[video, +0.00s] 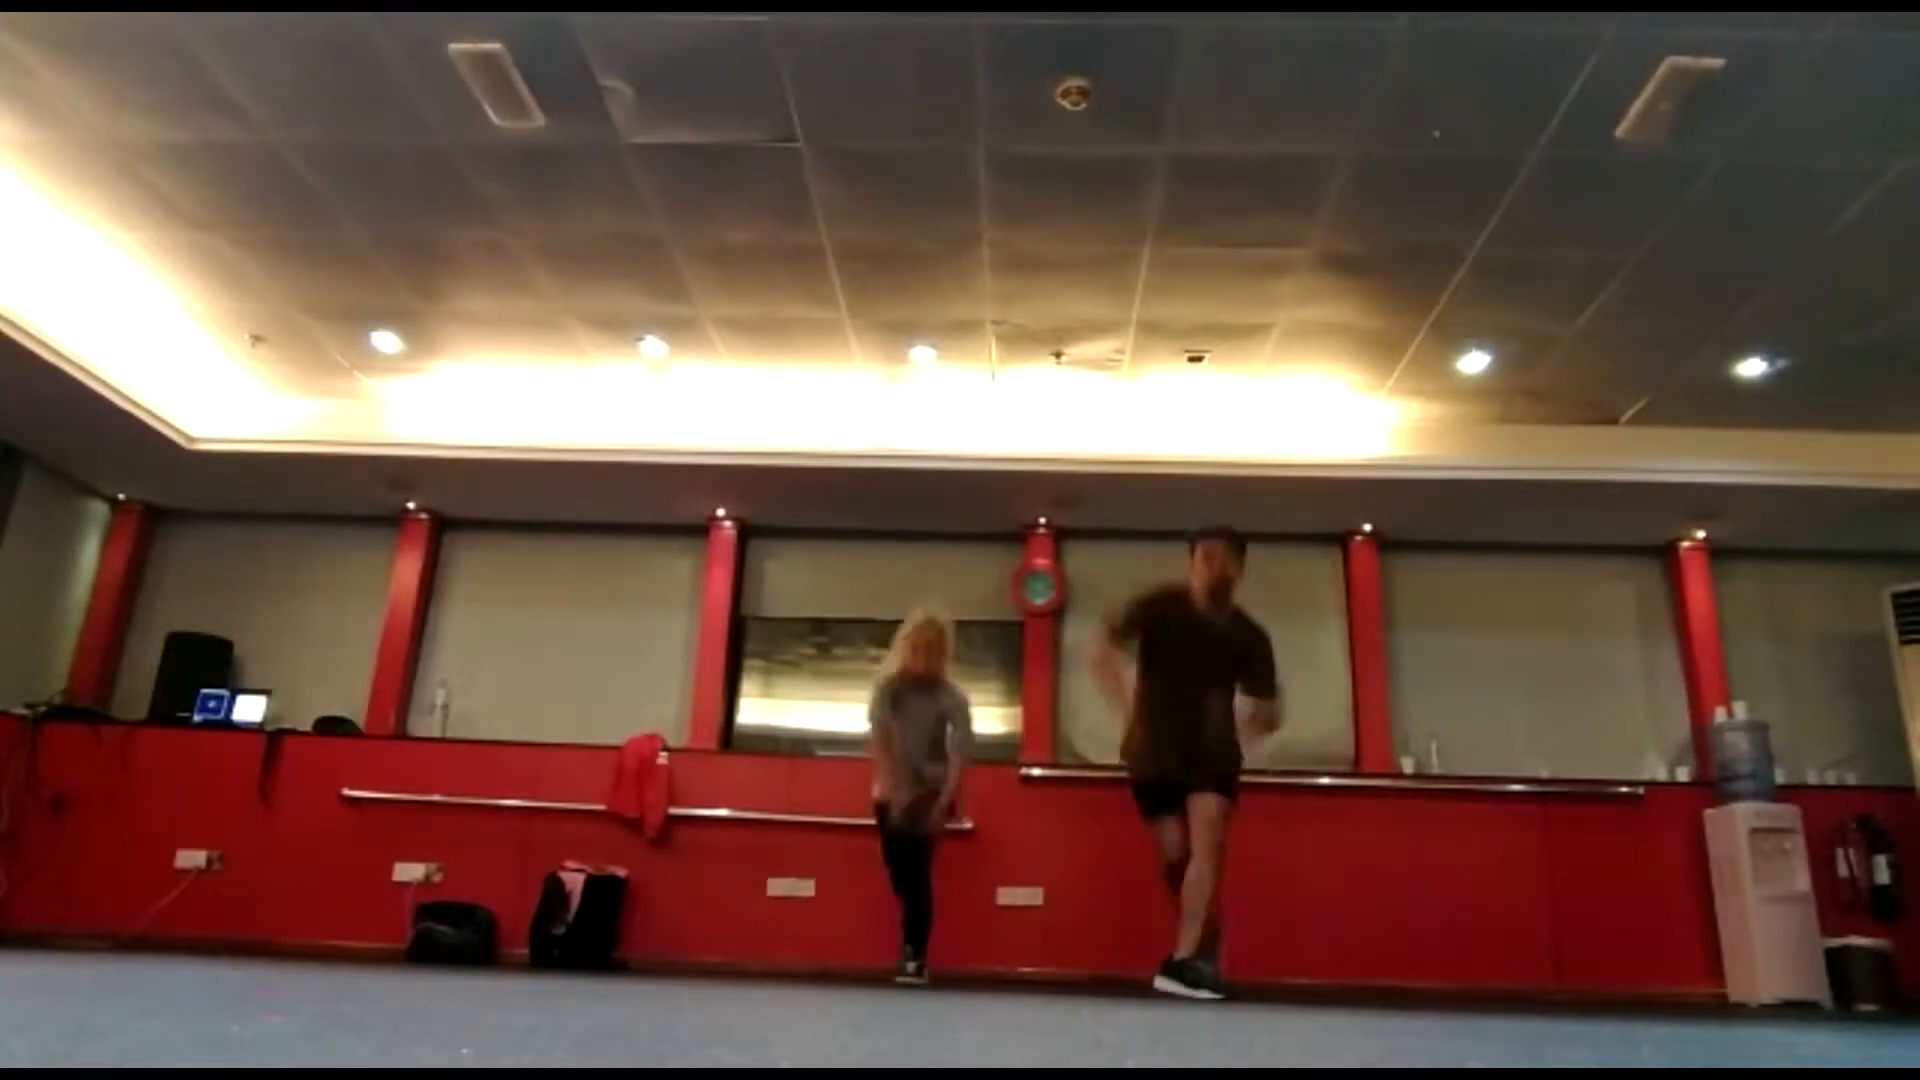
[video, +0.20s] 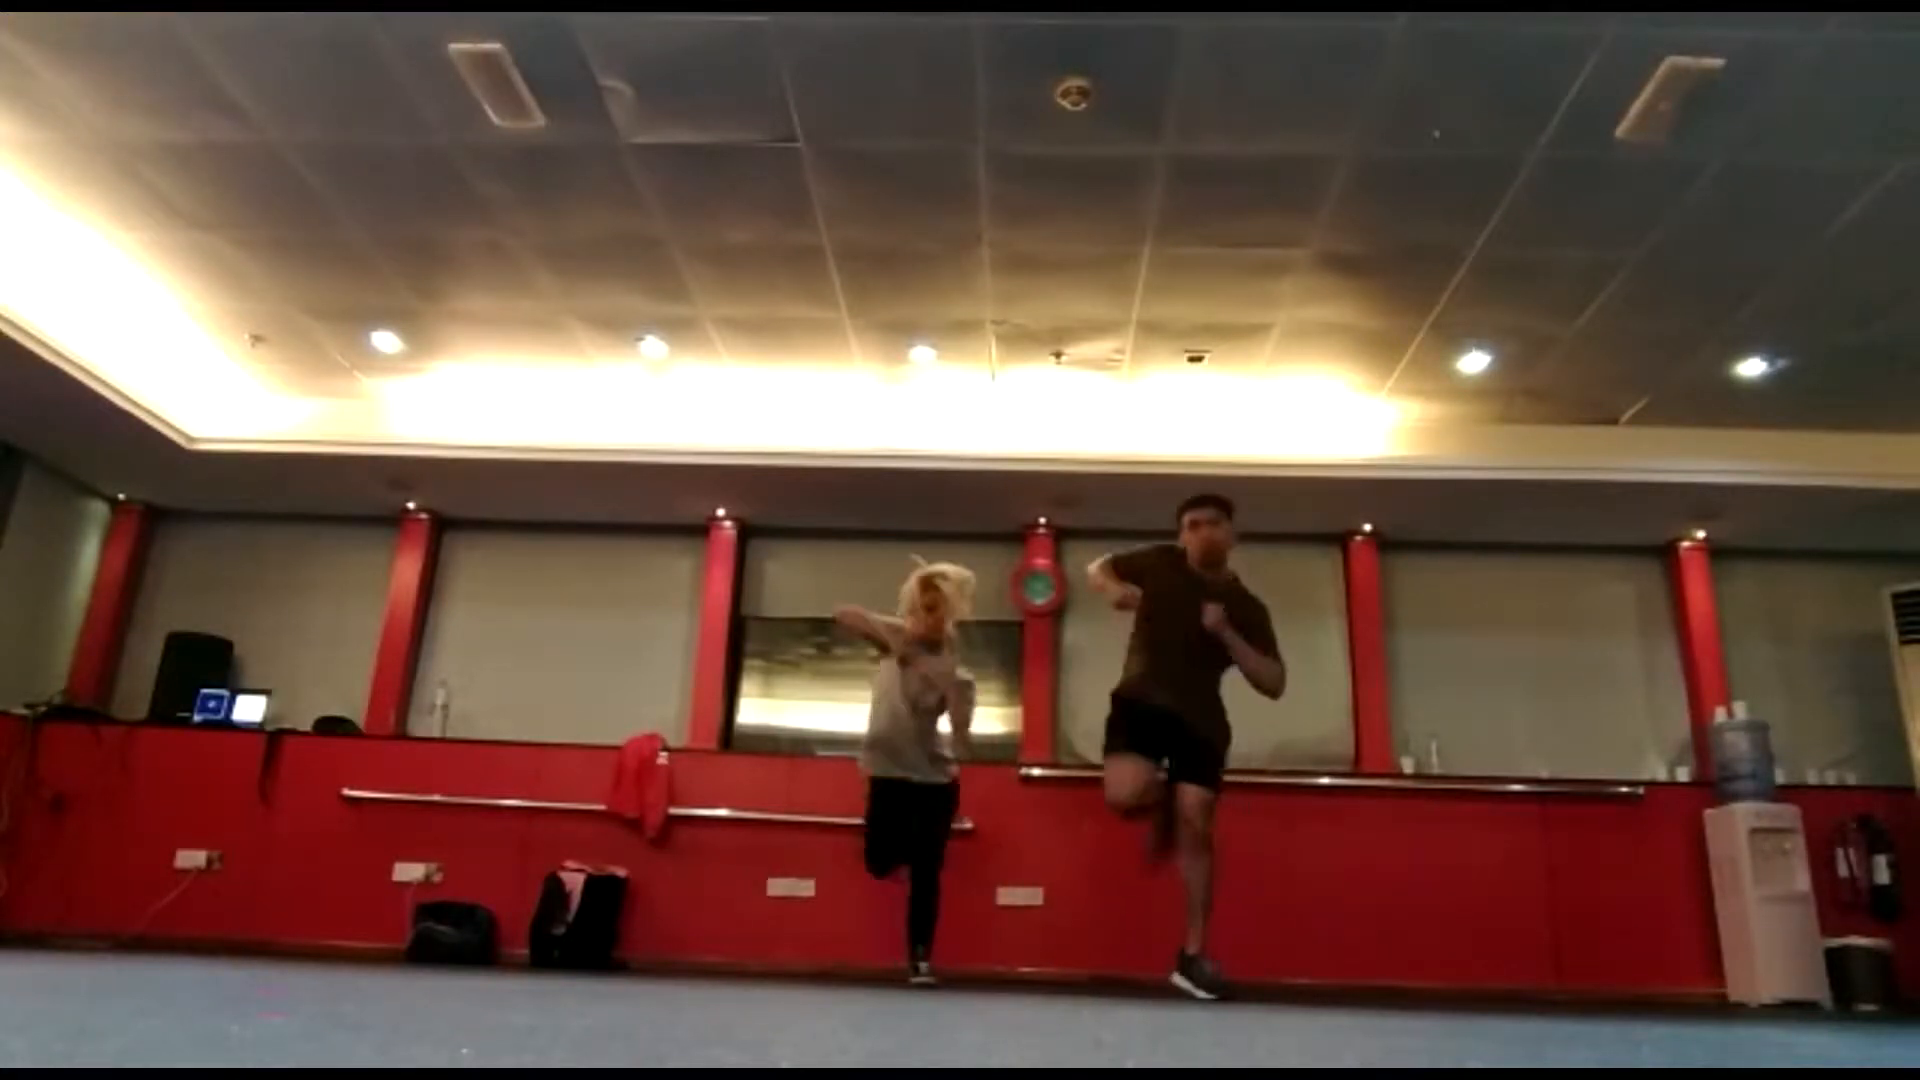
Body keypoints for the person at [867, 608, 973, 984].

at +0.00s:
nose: (922, 657)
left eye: (931, 649)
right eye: (916, 647)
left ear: (942, 652)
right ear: (905, 648)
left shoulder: (951, 698)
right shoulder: (888, 690)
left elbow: (958, 754)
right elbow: (881, 741)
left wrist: (945, 799)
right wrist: (889, 784)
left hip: (929, 795)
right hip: (892, 793)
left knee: (919, 876)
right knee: (901, 875)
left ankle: (916, 955)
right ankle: (910, 949)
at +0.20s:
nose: (929, 617)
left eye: (936, 608)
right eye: (922, 608)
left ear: (951, 611)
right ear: (910, 609)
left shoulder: (955, 673)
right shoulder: (896, 641)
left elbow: (961, 740)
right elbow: (844, 616)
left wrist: (953, 692)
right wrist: (895, 637)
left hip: (933, 782)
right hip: (887, 777)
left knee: (925, 873)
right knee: (878, 863)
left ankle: (920, 957)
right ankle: (923, 831)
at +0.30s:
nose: (914, 617)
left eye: (922, 607)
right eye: (907, 607)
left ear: (937, 612)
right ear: (897, 609)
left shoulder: (944, 660)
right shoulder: (890, 647)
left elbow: (929, 698)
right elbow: (864, 627)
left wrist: (918, 647)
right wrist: (845, 619)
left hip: (938, 777)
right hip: (892, 774)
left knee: (924, 869)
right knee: (857, 848)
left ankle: (921, 956)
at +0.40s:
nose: (886, 628)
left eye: (895, 619)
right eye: (880, 619)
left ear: (914, 621)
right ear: (872, 623)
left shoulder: (929, 666)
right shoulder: (871, 664)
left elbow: (912, 706)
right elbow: (829, 682)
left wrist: (917, 688)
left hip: (945, 789)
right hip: (894, 789)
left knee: (939, 872)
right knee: (847, 866)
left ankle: (935, 958)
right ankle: (815, 954)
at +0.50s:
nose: (890, 646)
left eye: (898, 637)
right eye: (882, 636)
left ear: (911, 643)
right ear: (869, 643)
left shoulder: (928, 689)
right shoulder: (859, 696)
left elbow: (926, 752)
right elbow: (828, 738)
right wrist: (823, 744)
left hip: (941, 797)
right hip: (889, 797)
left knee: (959, 874)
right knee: (842, 868)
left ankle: (974, 963)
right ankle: (813, 956)